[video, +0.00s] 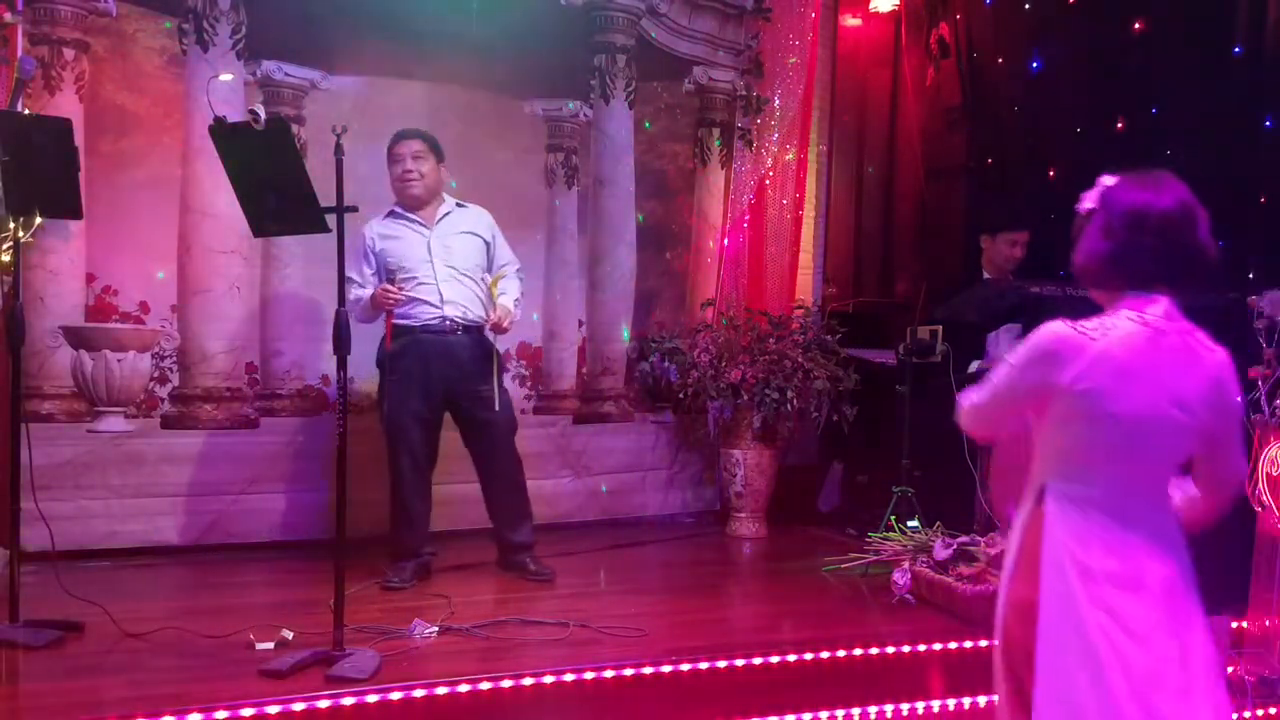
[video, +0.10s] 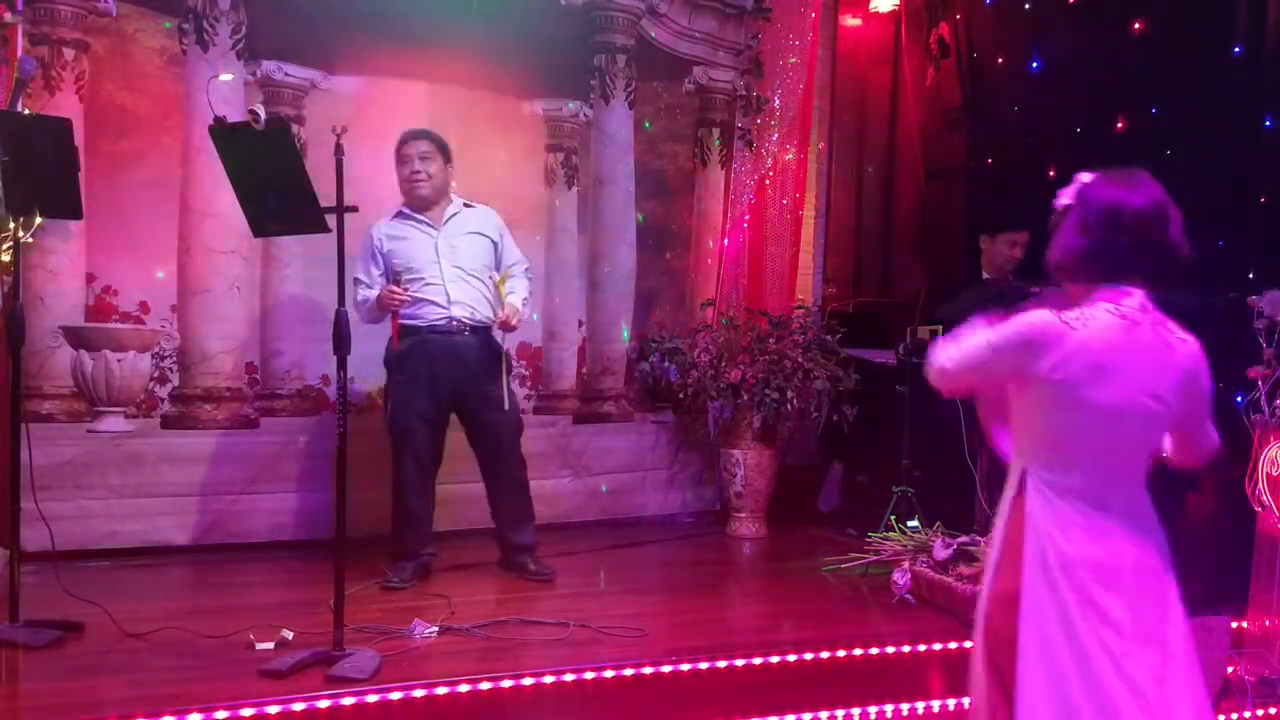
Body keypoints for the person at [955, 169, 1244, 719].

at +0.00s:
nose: (1077, 237)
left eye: (1086, 223)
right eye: (1081, 221)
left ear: (1112, 242)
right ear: (1177, 248)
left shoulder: (1066, 344)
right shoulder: (1212, 363)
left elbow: (975, 417)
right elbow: (1220, 485)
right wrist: (1151, 505)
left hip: (1066, 540)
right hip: (1154, 545)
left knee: (1070, 692)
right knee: (1159, 693)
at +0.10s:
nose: (1054, 225)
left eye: (1065, 216)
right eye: (1059, 214)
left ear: (1091, 236)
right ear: (1144, 244)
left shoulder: (1047, 331)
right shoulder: (1183, 350)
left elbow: (943, 368)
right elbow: (1195, 451)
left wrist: (989, 325)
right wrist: (1138, 434)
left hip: (1047, 533)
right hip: (1132, 535)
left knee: (1051, 681)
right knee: (1139, 683)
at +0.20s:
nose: (1036, 218)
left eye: (1047, 209)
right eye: (1043, 206)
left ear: (1065, 232)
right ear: (1128, 241)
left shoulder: (1028, 322)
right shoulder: (1162, 340)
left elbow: (926, 314)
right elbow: (1177, 401)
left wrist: (960, 252)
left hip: (1029, 530)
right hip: (1117, 532)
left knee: (1023, 682)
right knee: (1118, 685)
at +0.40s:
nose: (998, 225)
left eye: (1008, 211)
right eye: (1004, 210)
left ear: (1027, 226)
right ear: (1097, 233)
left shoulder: (1006, 309)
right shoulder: (1130, 317)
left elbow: (905, 243)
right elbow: (1145, 268)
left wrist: (928, 156)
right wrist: (1113, 195)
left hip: (1010, 502)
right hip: (1091, 500)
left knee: (1002, 658)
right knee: (1090, 660)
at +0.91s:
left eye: (938, 264)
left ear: (951, 270)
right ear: (1014, 261)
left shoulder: (945, 329)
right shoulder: (1059, 330)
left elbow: (833, 279)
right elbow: (1122, 296)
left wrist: (903, 228)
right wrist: (1103, 220)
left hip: (953, 506)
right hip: (1031, 502)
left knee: (952, 646)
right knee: (1028, 648)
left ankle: (950, 717)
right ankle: (1026, 719)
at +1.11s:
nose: (927, 264)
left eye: (933, 253)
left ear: (944, 264)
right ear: (1009, 265)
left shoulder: (920, 331)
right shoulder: (1033, 342)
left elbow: (808, 294)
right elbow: (1087, 313)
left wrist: (874, 264)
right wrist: (1070, 244)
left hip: (934, 506)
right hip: (1011, 500)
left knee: (928, 651)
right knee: (1006, 654)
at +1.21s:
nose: (917, 252)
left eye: (925, 241)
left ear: (944, 259)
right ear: (996, 263)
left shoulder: (911, 324)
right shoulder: (1020, 339)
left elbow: (801, 286)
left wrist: (878, 250)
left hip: (921, 499)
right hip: (999, 494)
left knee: (912, 641)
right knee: (994, 649)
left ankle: (911, 718)